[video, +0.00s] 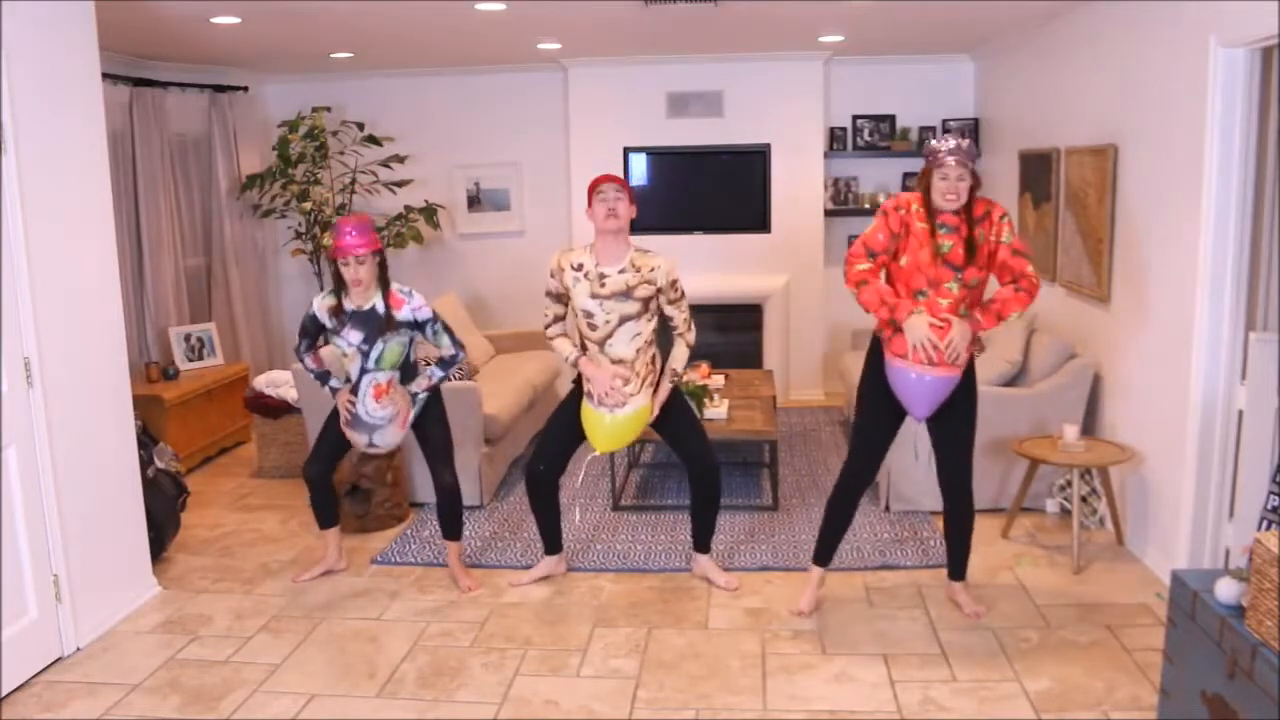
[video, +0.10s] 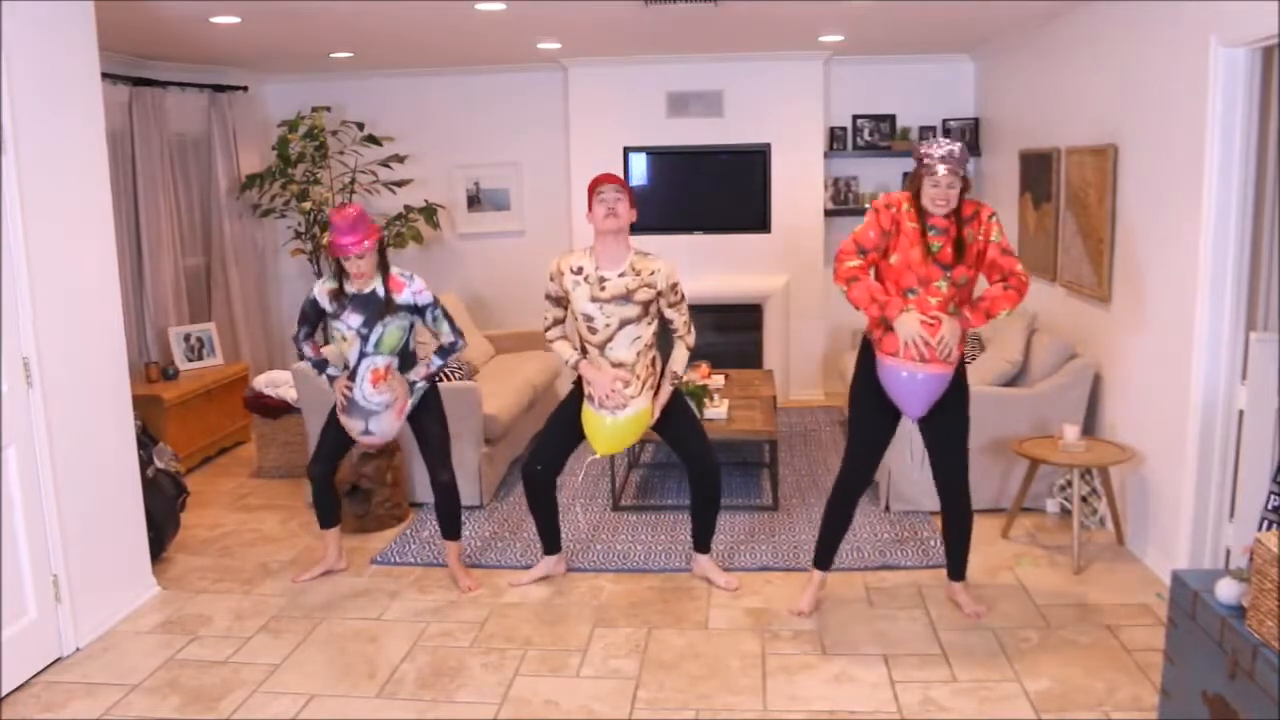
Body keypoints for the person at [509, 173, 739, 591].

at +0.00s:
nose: (611, 205)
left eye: (619, 199)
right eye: (602, 200)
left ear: (633, 211)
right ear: (589, 214)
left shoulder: (656, 269)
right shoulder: (567, 266)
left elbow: (684, 332)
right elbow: (555, 329)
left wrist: (662, 392)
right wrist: (586, 366)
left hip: (651, 386)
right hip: (592, 388)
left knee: (704, 462)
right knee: (540, 468)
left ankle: (702, 556)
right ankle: (553, 556)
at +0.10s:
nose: (610, 206)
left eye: (618, 200)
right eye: (602, 201)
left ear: (632, 213)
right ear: (589, 216)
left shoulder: (656, 272)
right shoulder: (567, 269)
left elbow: (684, 335)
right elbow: (554, 332)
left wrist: (662, 395)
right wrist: (588, 370)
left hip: (651, 387)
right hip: (591, 388)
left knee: (704, 464)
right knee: (537, 468)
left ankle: (702, 556)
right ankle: (552, 556)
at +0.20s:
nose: (609, 207)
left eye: (618, 203)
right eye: (601, 204)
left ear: (633, 220)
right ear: (589, 220)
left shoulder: (656, 276)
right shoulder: (566, 275)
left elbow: (682, 340)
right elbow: (554, 338)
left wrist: (661, 399)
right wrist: (587, 374)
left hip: (652, 391)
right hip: (591, 393)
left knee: (708, 467)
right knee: (534, 470)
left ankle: (702, 556)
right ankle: (552, 556)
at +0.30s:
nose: (608, 209)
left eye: (617, 206)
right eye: (601, 206)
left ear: (633, 224)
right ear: (589, 223)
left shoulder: (656, 279)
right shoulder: (566, 278)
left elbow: (681, 343)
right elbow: (554, 340)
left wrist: (661, 402)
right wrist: (587, 377)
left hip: (652, 392)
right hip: (591, 394)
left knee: (712, 467)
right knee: (533, 470)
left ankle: (703, 555)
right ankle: (552, 556)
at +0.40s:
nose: (607, 213)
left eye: (617, 210)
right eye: (600, 210)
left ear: (632, 229)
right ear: (588, 228)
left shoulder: (655, 282)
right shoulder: (565, 282)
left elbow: (681, 346)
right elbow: (553, 342)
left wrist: (662, 404)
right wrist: (588, 381)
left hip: (652, 393)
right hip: (591, 394)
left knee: (716, 467)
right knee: (530, 470)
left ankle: (704, 555)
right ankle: (552, 556)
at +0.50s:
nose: (607, 214)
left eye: (618, 212)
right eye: (600, 212)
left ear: (632, 233)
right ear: (588, 231)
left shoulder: (655, 284)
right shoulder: (565, 284)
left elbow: (680, 349)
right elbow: (552, 345)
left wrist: (662, 406)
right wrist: (588, 383)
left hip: (652, 393)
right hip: (590, 395)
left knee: (717, 466)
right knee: (529, 470)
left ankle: (704, 554)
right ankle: (552, 556)